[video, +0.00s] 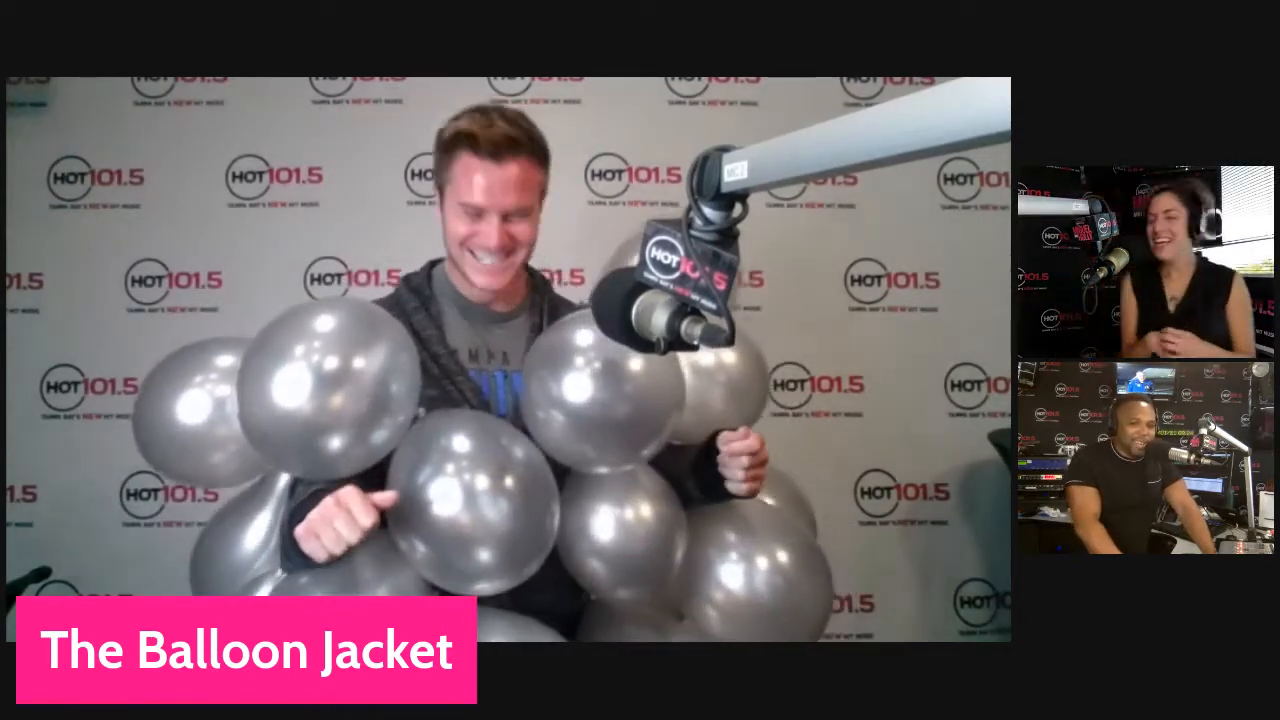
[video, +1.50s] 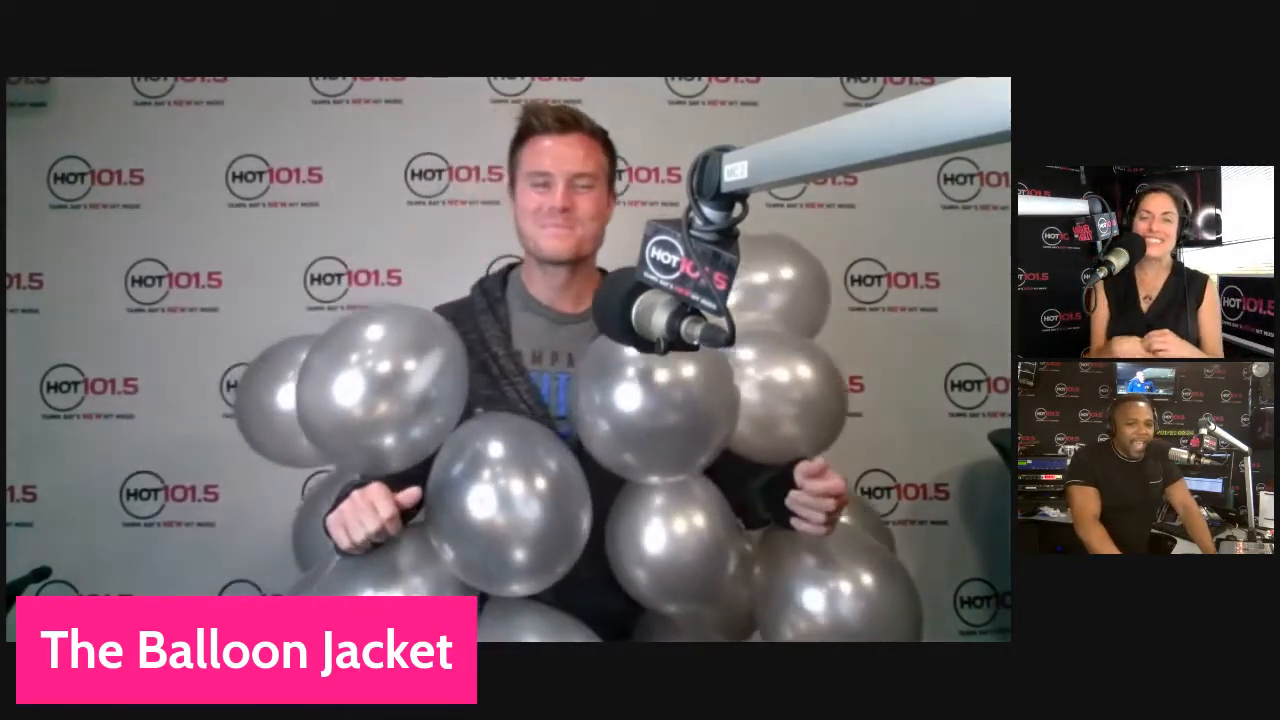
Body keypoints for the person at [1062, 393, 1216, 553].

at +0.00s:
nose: (1144, 432)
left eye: (1150, 425)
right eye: (1134, 424)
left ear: (1156, 427)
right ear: (1114, 426)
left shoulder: (1156, 457)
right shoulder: (1087, 460)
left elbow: (1186, 507)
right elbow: (1086, 524)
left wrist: (1210, 551)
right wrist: (1119, 559)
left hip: (1142, 555)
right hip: (1098, 555)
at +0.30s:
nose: (1144, 434)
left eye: (1151, 426)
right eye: (1135, 425)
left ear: (1156, 429)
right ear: (1114, 426)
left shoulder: (1157, 458)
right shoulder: (1087, 460)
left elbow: (1186, 507)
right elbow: (1087, 523)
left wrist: (1210, 551)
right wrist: (1117, 556)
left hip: (1141, 553)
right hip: (1097, 553)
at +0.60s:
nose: (1139, 431)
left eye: (1144, 423)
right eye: (1129, 424)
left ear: (1151, 426)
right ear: (1110, 428)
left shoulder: (1157, 457)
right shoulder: (1087, 461)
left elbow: (1187, 508)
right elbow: (1087, 524)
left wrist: (1211, 552)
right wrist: (1121, 561)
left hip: (1144, 554)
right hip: (1100, 555)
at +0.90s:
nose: (1140, 430)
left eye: (1146, 423)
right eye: (1130, 423)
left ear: (1152, 427)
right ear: (1111, 428)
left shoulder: (1157, 457)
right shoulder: (1088, 460)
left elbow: (1187, 508)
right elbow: (1087, 524)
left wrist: (1211, 553)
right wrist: (1119, 563)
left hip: (1143, 554)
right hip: (1100, 555)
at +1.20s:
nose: (1142, 431)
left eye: (1148, 424)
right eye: (1131, 424)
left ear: (1154, 428)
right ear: (1112, 428)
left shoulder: (1158, 457)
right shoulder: (1088, 460)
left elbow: (1187, 507)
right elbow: (1087, 524)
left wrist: (1211, 552)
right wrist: (1119, 561)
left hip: (1143, 554)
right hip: (1099, 555)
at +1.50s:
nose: (1142, 432)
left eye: (1148, 424)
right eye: (1132, 424)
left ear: (1154, 428)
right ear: (1112, 427)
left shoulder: (1158, 457)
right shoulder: (1088, 460)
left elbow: (1187, 507)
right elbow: (1087, 524)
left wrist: (1210, 552)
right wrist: (1119, 560)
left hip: (1143, 554)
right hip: (1099, 555)